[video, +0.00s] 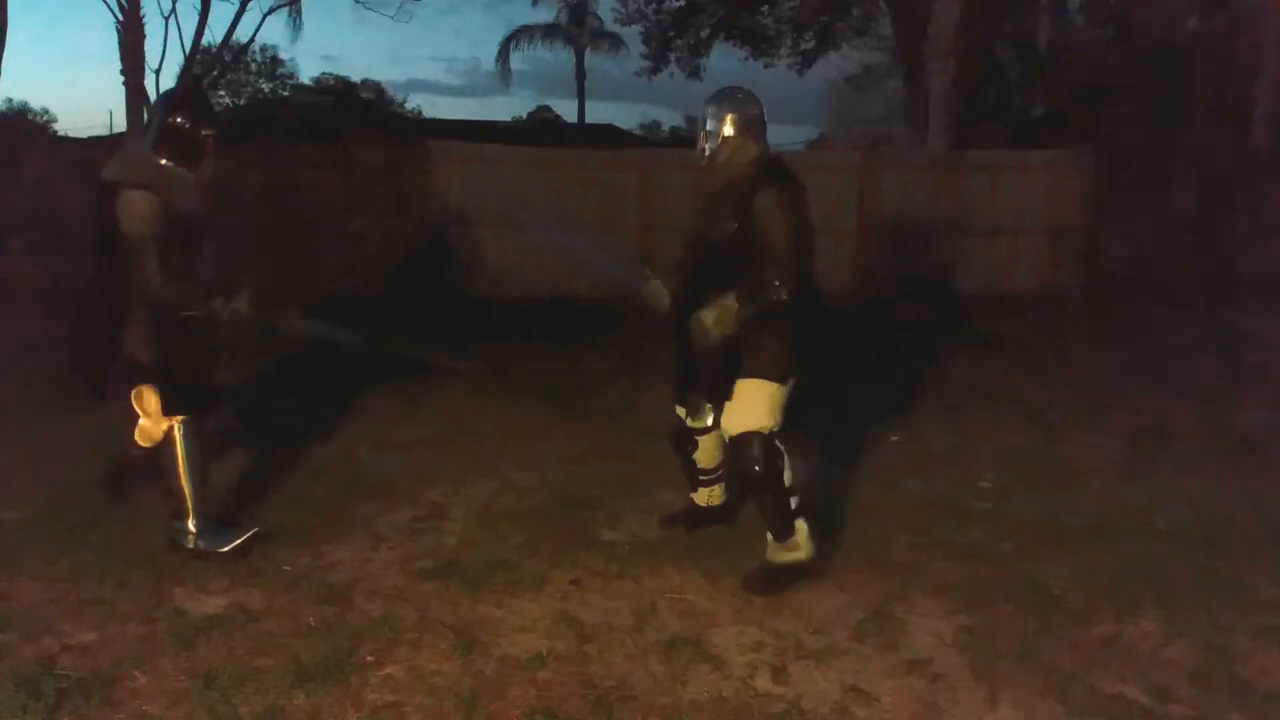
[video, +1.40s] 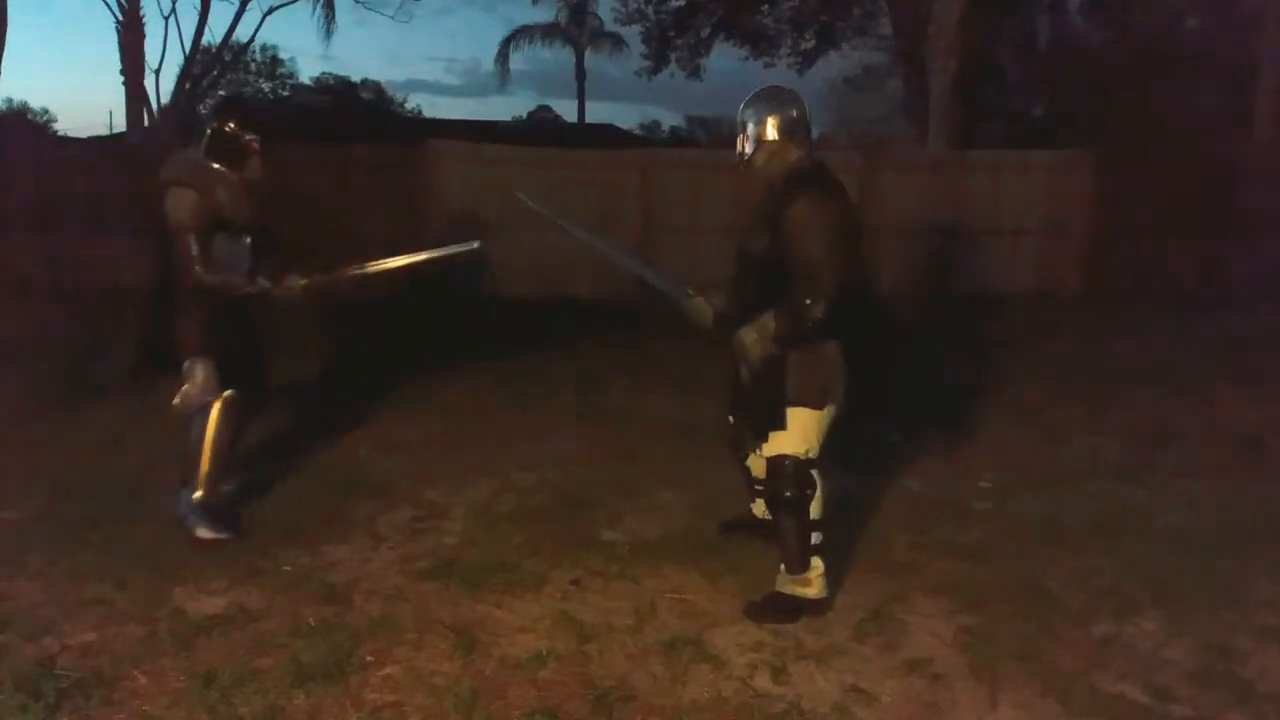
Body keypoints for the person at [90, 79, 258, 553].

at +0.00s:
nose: (206, 143)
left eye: (207, 133)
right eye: (199, 133)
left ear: (170, 133)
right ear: (174, 131)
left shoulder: (175, 184)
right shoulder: (142, 192)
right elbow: (150, 282)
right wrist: (210, 306)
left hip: (175, 321)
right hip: (158, 326)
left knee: (161, 414)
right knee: (180, 417)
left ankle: (125, 470)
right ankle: (195, 523)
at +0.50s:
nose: (187, 138)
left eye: (189, 129)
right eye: (179, 128)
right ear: (154, 127)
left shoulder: (173, 183)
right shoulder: (119, 183)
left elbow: (187, 255)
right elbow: (121, 275)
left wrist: (206, 299)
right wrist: (188, 310)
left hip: (166, 305)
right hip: (137, 308)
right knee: (164, 402)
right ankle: (173, 511)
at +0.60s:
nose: (191, 141)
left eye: (193, 132)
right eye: (184, 131)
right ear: (159, 129)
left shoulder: (175, 184)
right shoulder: (123, 183)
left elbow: (184, 254)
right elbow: (127, 277)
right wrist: (190, 314)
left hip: (168, 305)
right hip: (143, 309)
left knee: (152, 396)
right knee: (170, 402)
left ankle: (124, 466)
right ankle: (176, 512)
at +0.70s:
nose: (195, 142)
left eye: (195, 133)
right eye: (188, 132)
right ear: (165, 129)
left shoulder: (174, 182)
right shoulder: (128, 180)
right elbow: (128, 274)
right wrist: (195, 312)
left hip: (175, 306)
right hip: (152, 310)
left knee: (160, 400)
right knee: (177, 406)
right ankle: (176, 513)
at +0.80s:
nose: (206, 143)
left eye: (205, 133)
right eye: (199, 132)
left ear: (169, 132)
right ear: (175, 131)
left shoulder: (180, 183)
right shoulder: (137, 182)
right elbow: (136, 277)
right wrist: (205, 312)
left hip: (177, 309)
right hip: (156, 311)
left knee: (171, 404)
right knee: (176, 409)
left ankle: (167, 503)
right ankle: (178, 514)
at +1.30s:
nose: (248, 150)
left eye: (248, 141)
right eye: (242, 140)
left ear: (220, 143)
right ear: (221, 140)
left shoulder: (231, 186)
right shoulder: (181, 187)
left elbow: (240, 256)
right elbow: (186, 274)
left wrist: (270, 281)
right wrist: (241, 288)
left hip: (227, 308)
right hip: (195, 310)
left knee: (235, 397)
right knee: (211, 403)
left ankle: (206, 493)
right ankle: (185, 511)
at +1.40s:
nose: (256, 168)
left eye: (256, 159)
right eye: (251, 159)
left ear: (226, 155)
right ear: (231, 157)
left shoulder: (236, 191)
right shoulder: (195, 191)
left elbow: (242, 257)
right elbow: (197, 273)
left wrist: (276, 279)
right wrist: (251, 284)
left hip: (232, 306)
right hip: (207, 308)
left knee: (241, 388)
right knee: (229, 390)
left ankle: (209, 484)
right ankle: (200, 496)